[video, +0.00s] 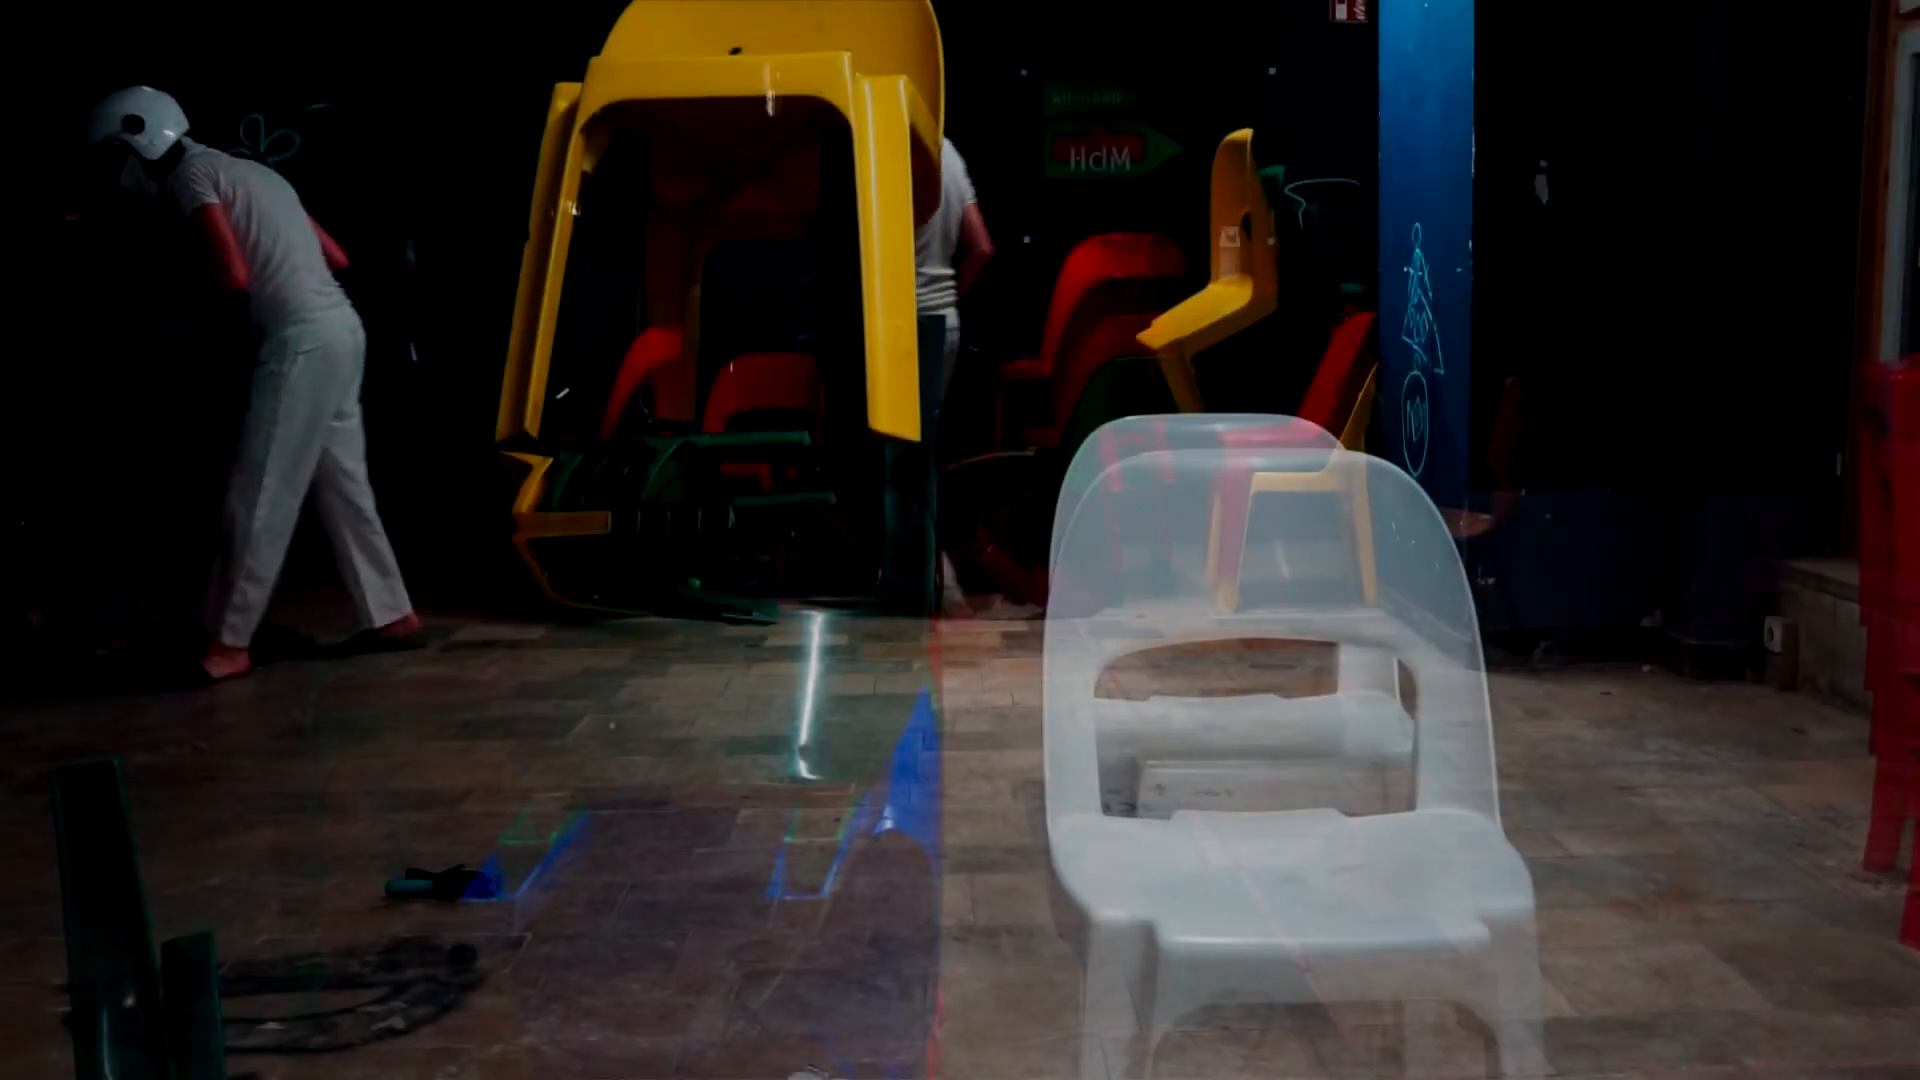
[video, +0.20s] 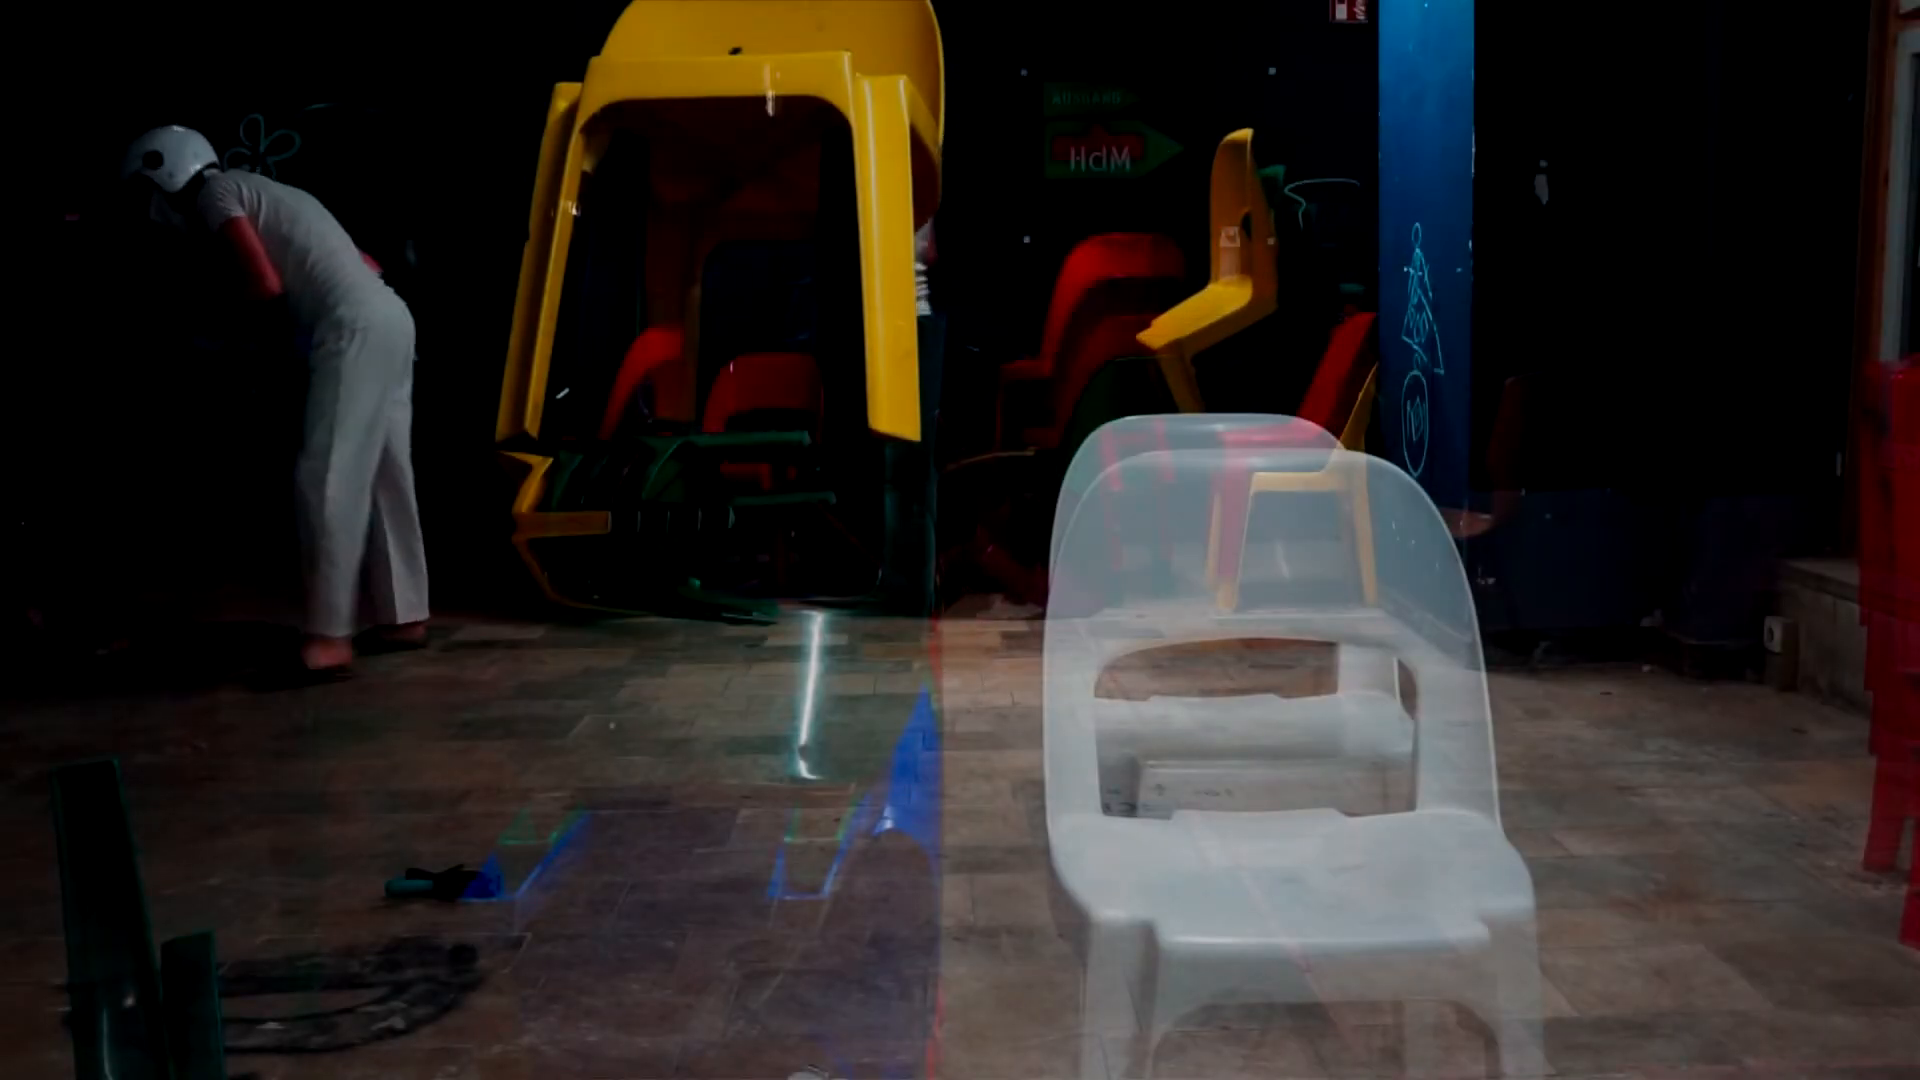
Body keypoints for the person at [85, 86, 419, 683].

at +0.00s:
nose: (126, 176)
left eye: (123, 159)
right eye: (118, 163)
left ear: (145, 142)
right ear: (174, 129)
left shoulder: (193, 172)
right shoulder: (252, 170)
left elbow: (234, 275)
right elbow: (334, 254)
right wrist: (261, 249)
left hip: (303, 340)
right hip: (342, 329)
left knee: (262, 490)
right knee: (344, 481)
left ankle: (231, 645)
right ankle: (393, 616)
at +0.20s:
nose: (161, 206)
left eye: (157, 193)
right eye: (154, 197)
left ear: (171, 177)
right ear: (206, 161)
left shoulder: (218, 190)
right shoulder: (263, 189)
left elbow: (266, 282)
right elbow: (367, 265)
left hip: (354, 326)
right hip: (389, 319)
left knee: (328, 476)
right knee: (390, 472)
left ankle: (329, 639)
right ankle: (407, 617)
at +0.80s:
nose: (195, 296)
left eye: (189, 285)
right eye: (188, 289)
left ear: (198, 264)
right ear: (218, 251)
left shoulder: (234, 260)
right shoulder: (270, 256)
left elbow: (273, 350)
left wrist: (266, 402)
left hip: (394, 320)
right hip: (417, 317)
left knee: (461, 445)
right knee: (392, 467)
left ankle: (565, 572)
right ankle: (404, 617)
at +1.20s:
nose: (218, 306)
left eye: (212, 297)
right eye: (213, 301)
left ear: (219, 276)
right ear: (237, 261)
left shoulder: (246, 270)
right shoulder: (303, 272)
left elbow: (262, 370)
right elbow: (374, 370)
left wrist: (256, 434)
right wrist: (367, 443)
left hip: (409, 330)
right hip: (433, 326)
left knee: (475, 463)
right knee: (396, 469)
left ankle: (571, 589)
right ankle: (402, 620)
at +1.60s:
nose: (236, 307)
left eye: (231, 300)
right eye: (232, 303)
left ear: (233, 279)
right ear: (248, 266)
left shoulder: (256, 267)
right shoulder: (313, 270)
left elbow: (265, 362)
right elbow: (359, 351)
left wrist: (255, 421)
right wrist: (369, 434)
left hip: (418, 332)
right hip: (450, 329)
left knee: (468, 474)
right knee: (403, 475)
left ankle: (555, 600)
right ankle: (408, 619)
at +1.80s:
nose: (241, 268)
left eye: (235, 260)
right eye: (237, 263)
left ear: (239, 242)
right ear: (261, 222)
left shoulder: (270, 232)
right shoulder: (317, 234)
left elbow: (287, 332)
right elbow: (378, 327)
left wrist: (260, 404)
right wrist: (370, 416)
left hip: (420, 336)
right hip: (452, 329)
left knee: (444, 483)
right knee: (396, 478)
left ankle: (507, 629)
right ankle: (409, 618)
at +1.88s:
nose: (255, 245)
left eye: (250, 238)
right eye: (252, 241)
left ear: (249, 218)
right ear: (270, 201)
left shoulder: (279, 209)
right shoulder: (330, 214)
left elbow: (299, 306)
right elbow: (389, 304)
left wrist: (273, 394)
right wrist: (380, 396)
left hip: (416, 337)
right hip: (453, 330)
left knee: (435, 485)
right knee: (398, 483)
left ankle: (496, 630)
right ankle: (409, 619)